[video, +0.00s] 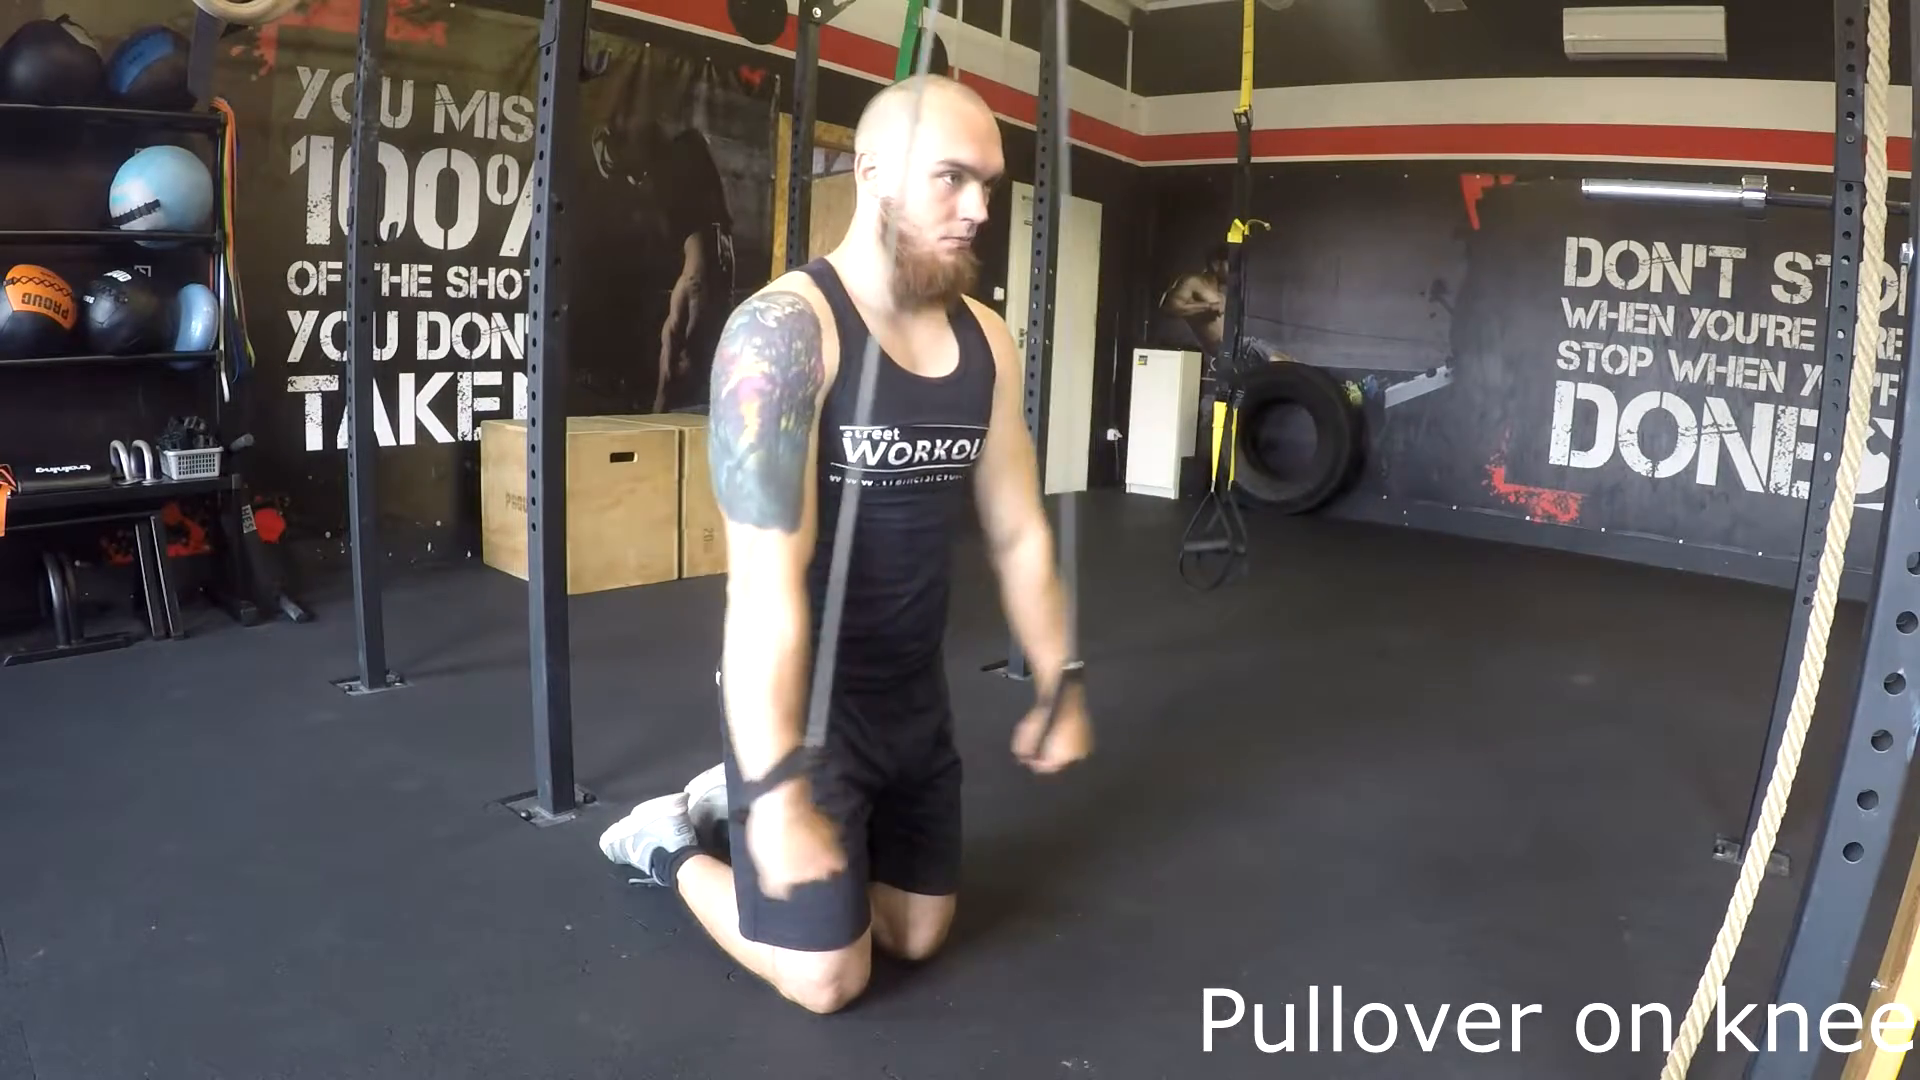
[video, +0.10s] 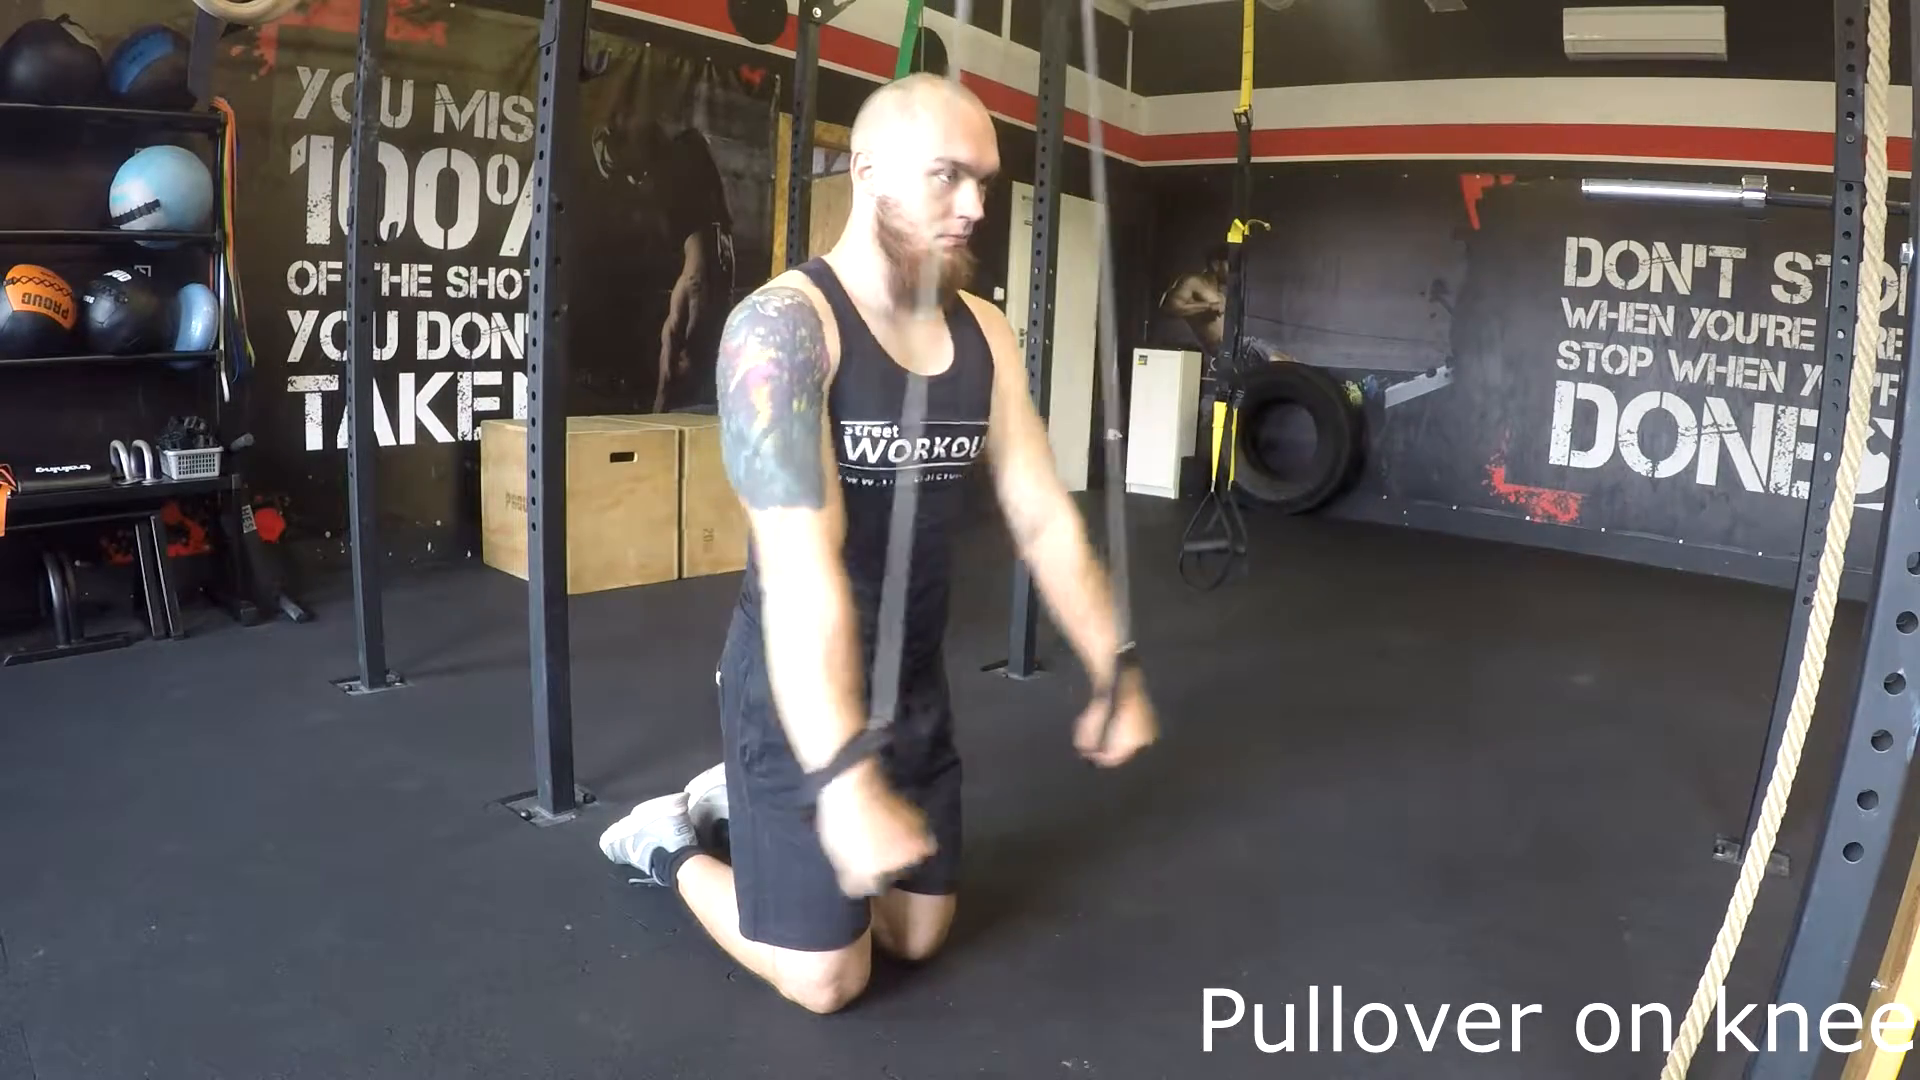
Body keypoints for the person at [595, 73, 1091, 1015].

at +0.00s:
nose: (977, 208)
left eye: (989, 184)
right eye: (951, 176)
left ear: (995, 193)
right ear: (871, 174)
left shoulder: (985, 338)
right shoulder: (781, 333)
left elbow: (1019, 530)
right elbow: (765, 582)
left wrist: (1058, 676)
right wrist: (780, 787)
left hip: (913, 697)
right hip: (804, 704)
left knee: (916, 932)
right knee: (825, 979)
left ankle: (732, 807)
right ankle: (672, 855)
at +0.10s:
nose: (973, 207)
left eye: (984, 182)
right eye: (948, 177)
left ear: (992, 189)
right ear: (869, 176)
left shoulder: (986, 333)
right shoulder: (782, 328)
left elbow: (1042, 513)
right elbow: (799, 569)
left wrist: (1114, 666)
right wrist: (845, 773)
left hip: (912, 678)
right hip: (798, 686)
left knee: (915, 931)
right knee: (824, 979)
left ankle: (744, 804)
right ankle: (670, 852)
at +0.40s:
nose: (964, 212)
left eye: (976, 188)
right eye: (940, 180)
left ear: (982, 194)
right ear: (862, 177)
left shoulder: (971, 316)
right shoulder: (779, 307)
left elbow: (1091, 406)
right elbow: (938, 414)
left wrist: (1237, 496)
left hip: (909, 682)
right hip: (793, 685)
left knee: (914, 931)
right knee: (823, 978)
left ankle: (739, 816)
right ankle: (672, 856)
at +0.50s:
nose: (960, 214)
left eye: (974, 191)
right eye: (936, 182)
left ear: (979, 196)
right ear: (857, 172)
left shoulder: (967, 312)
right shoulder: (776, 291)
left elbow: (1096, 370)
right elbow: (927, 328)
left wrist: (1257, 415)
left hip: (908, 680)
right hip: (790, 682)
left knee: (915, 933)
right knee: (822, 979)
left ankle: (744, 804)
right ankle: (671, 856)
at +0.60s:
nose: (962, 215)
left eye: (976, 193)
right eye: (938, 185)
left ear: (979, 196)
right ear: (859, 179)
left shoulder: (954, 301)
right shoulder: (780, 285)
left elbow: (1115, 335)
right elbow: (951, 291)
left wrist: (1284, 353)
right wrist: (1189, 260)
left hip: (908, 681)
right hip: (791, 684)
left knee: (916, 931)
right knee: (823, 980)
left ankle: (741, 807)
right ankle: (674, 855)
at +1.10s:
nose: (982, 212)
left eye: (996, 187)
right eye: (955, 180)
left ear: (1003, 193)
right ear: (876, 178)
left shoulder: (994, 331)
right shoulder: (794, 326)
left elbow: (1086, 490)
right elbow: (877, 535)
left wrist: (1191, 643)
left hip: (932, 677)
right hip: (801, 683)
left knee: (915, 933)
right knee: (823, 981)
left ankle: (752, 810)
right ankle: (672, 853)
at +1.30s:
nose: (995, 212)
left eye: (1006, 186)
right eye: (969, 181)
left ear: (1011, 192)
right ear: (891, 181)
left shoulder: (997, 340)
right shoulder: (798, 334)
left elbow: (1032, 533)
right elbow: (796, 589)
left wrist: (1067, 688)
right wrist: (817, 804)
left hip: (914, 681)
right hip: (802, 687)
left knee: (917, 931)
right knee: (825, 981)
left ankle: (735, 803)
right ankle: (671, 854)